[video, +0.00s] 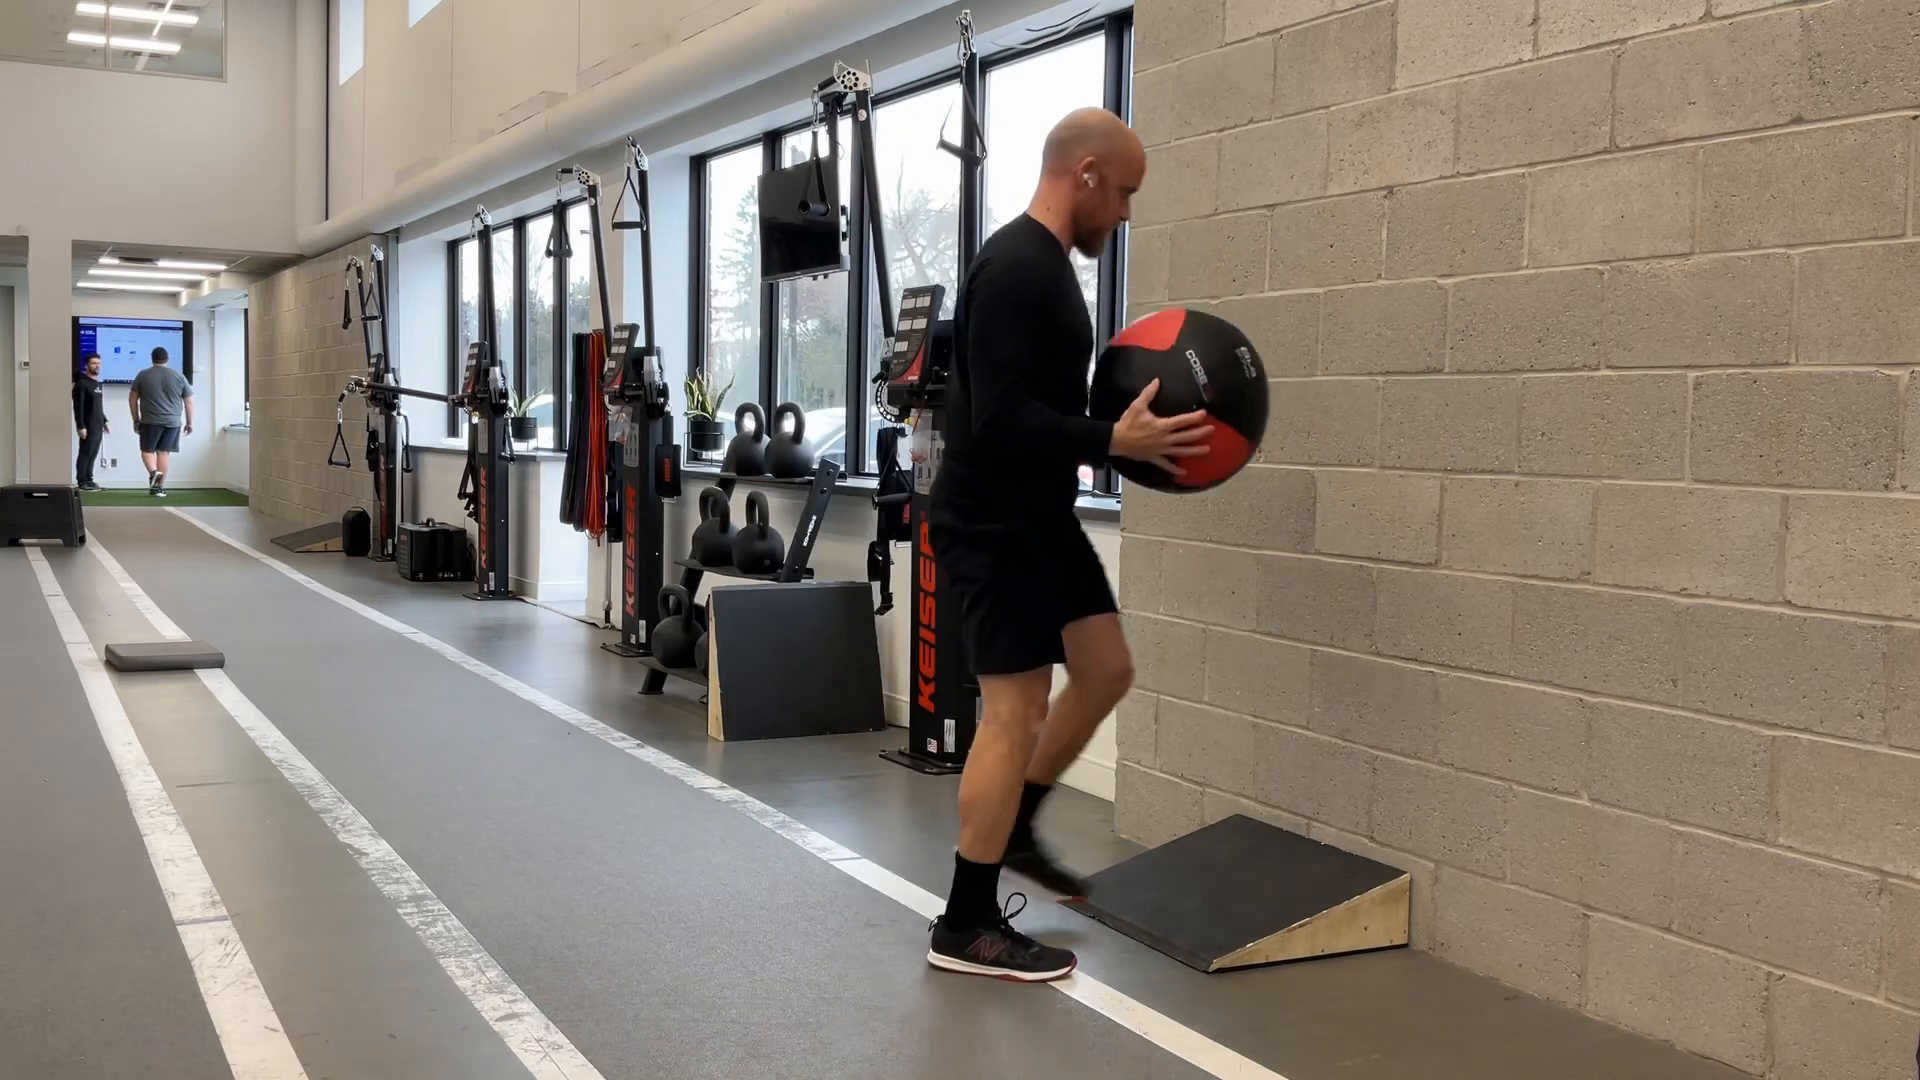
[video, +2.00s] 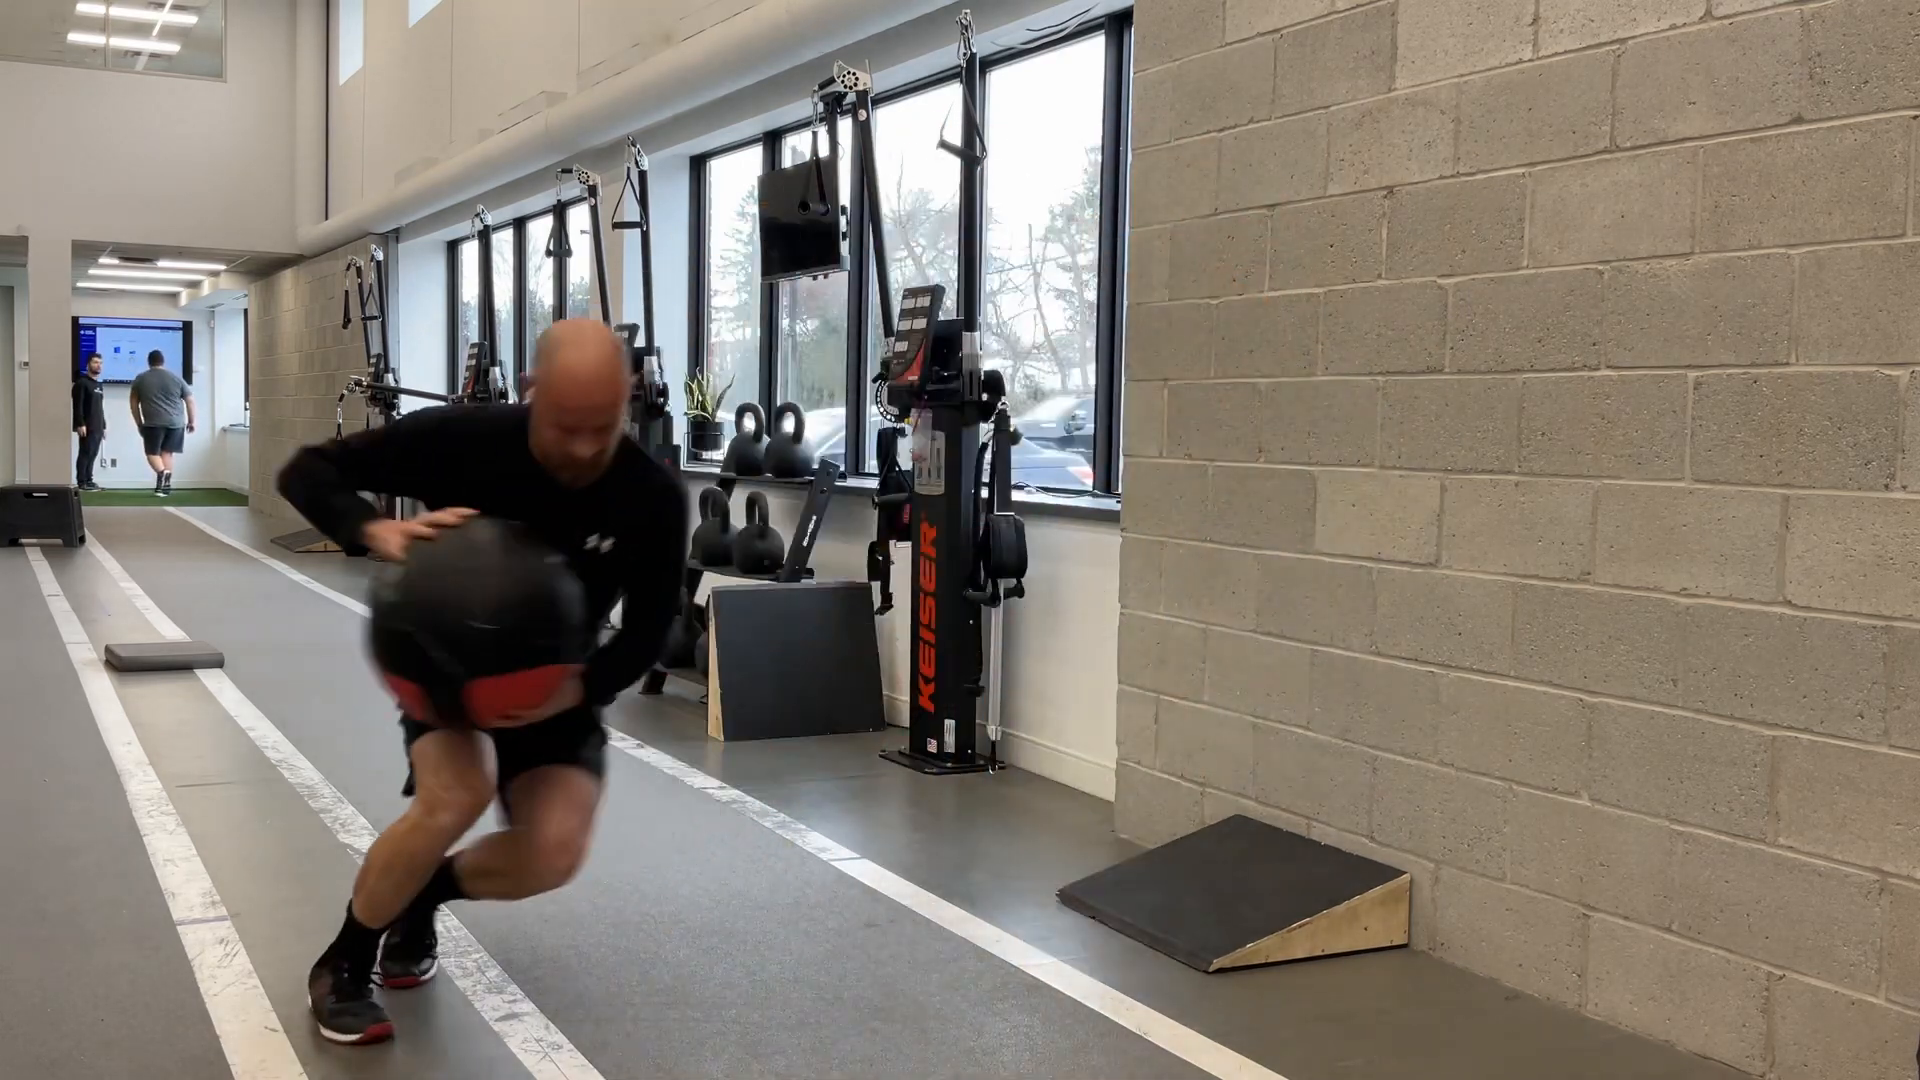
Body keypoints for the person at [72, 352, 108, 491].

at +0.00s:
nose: (97, 366)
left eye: (98, 363)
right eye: (94, 363)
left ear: (100, 365)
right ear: (87, 365)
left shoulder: (97, 384)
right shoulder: (81, 384)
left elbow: (98, 406)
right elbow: (78, 407)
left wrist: (104, 421)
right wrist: (81, 426)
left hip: (97, 424)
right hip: (88, 425)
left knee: (93, 454)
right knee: (85, 454)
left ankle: (89, 479)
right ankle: (82, 480)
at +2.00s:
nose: (98, 365)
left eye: (100, 363)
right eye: (95, 362)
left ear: (101, 365)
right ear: (88, 365)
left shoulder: (98, 385)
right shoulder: (81, 383)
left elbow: (99, 407)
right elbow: (78, 406)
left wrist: (103, 425)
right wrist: (80, 424)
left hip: (97, 425)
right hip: (87, 426)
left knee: (92, 454)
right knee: (85, 454)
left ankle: (89, 479)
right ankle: (82, 481)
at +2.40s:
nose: (99, 368)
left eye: (101, 365)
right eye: (96, 364)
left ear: (102, 367)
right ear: (89, 365)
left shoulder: (98, 385)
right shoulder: (81, 383)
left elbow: (99, 406)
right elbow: (78, 406)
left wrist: (104, 423)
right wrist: (81, 423)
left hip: (98, 425)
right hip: (87, 425)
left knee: (92, 454)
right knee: (85, 454)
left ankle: (89, 479)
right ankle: (82, 481)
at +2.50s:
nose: (99, 367)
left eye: (101, 364)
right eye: (96, 363)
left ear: (102, 367)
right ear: (89, 365)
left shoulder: (98, 385)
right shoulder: (81, 383)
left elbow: (99, 405)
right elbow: (78, 405)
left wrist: (104, 421)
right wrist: (81, 424)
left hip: (97, 424)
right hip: (87, 425)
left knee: (93, 454)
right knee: (85, 454)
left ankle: (89, 479)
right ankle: (82, 480)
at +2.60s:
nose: (99, 366)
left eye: (100, 363)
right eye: (96, 362)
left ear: (102, 366)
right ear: (89, 365)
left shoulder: (98, 385)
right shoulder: (81, 383)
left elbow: (99, 405)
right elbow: (78, 405)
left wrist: (103, 421)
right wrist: (80, 424)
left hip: (97, 424)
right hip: (87, 425)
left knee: (93, 454)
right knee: (85, 454)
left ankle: (89, 479)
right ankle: (82, 480)